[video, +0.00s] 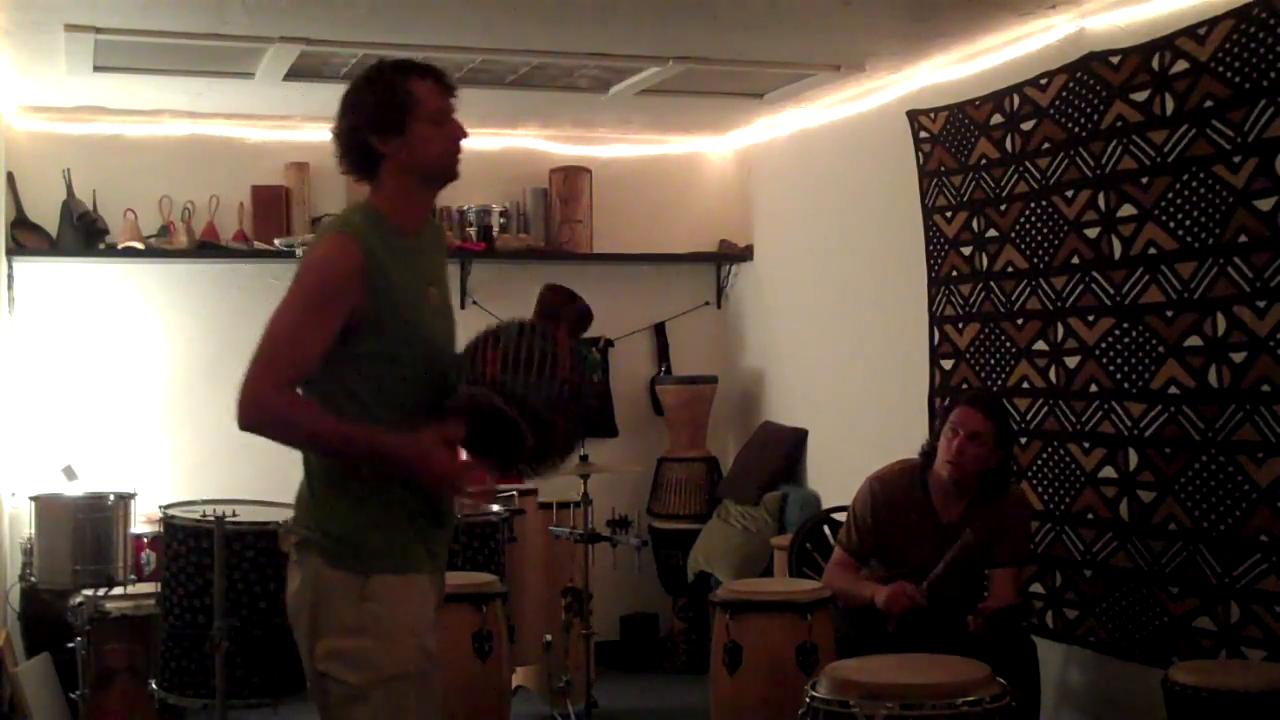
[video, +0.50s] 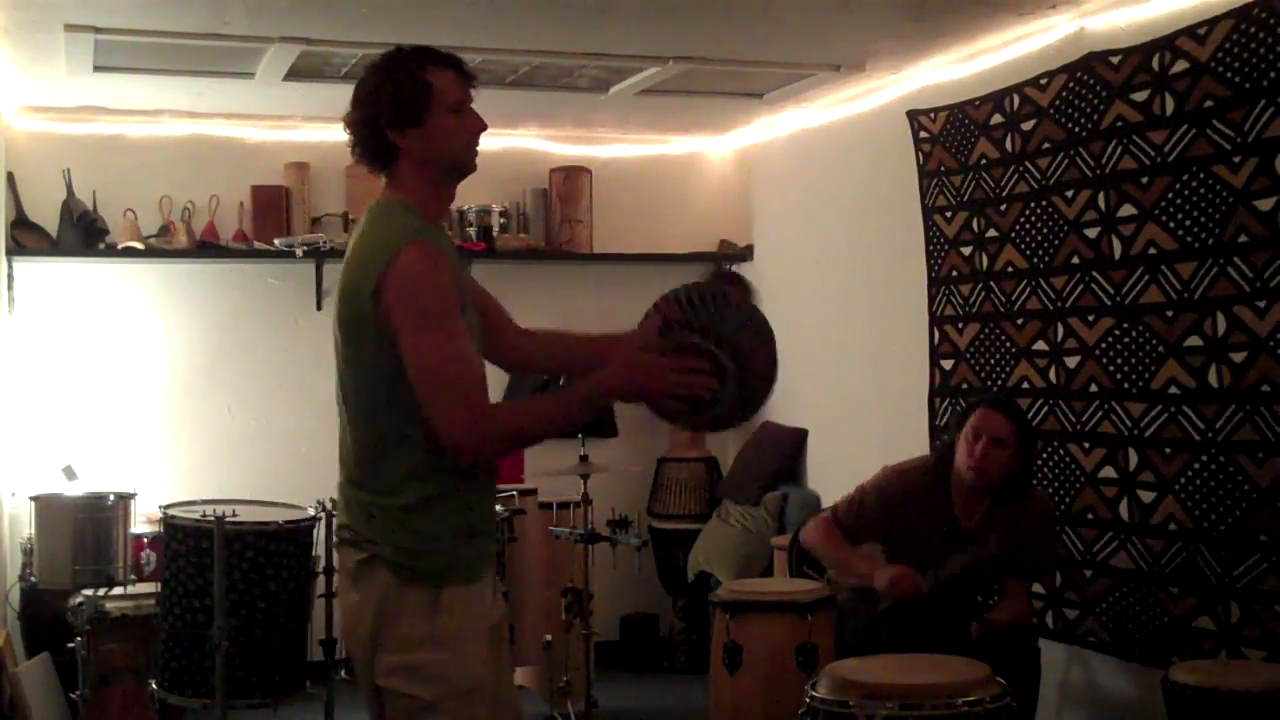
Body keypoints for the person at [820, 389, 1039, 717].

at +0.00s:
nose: (957, 446)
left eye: (973, 440)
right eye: (952, 432)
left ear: (994, 456)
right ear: (939, 434)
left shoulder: (1007, 506)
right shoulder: (885, 489)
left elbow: (1005, 595)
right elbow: (834, 575)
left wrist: (988, 612)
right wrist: (877, 592)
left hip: (959, 626)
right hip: (885, 623)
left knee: (1016, 648)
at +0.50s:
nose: (979, 452)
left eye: (997, 445)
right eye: (974, 436)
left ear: (1016, 459)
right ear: (957, 436)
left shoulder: (1028, 509)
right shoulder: (907, 483)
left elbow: (1018, 602)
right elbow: (814, 531)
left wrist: (981, 626)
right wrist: (875, 570)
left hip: (969, 618)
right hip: (896, 607)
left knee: (1019, 649)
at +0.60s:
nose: (976, 430)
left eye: (994, 424)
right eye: (971, 416)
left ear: (1014, 440)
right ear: (954, 420)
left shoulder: (1024, 502)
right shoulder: (900, 469)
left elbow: (1021, 597)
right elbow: (809, 518)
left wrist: (1000, 608)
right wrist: (867, 550)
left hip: (964, 615)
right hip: (885, 606)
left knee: (1021, 659)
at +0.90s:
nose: (934, 395)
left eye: (948, 386)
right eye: (924, 386)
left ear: (973, 408)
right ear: (909, 402)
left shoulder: (997, 488)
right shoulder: (869, 464)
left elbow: (1022, 582)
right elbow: (776, 507)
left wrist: (980, 585)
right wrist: (838, 551)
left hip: (955, 621)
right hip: (874, 616)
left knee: (1005, 677)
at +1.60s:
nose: (882, 393)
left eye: (893, 382)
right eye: (871, 385)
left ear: (914, 397)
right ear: (856, 402)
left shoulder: (949, 467)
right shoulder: (831, 470)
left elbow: (995, 548)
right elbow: (770, 544)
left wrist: (966, 532)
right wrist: (834, 533)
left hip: (939, 629)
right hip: (860, 630)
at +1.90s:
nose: (895, 398)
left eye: (907, 387)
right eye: (884, 390)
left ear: (929, 399)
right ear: (869, 406)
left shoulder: (966, 472)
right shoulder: (841, 471)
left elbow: (1000, 562)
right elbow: (775, 547)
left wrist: (968, 536)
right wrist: (827, 533)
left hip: (940, 635)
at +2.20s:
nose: (889, 391)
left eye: (901, 383)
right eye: (879, 385)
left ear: (923, 399)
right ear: (864, 404)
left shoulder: (964, 468)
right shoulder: (834, 475)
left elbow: (1002, 552)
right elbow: (777, 554)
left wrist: (968, 540)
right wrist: (825, 539)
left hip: (945, 642)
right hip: (863, 644)